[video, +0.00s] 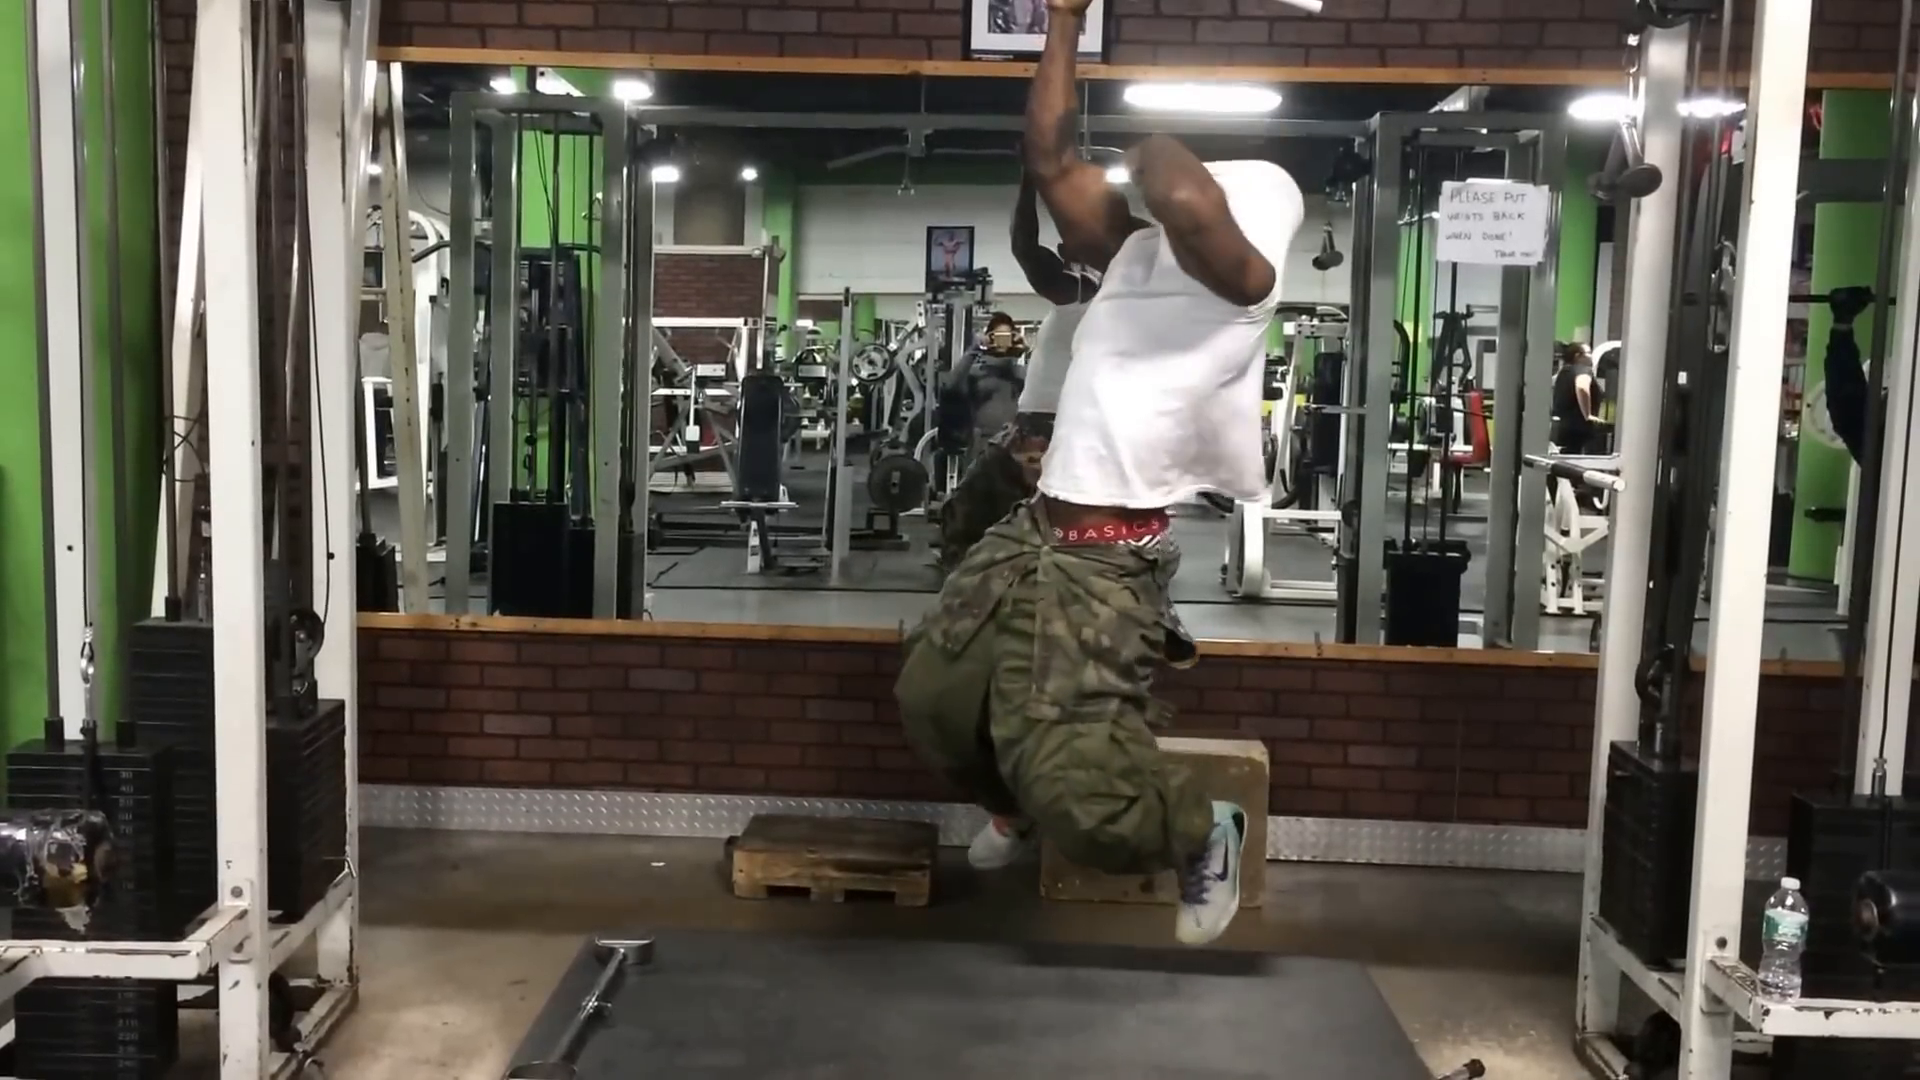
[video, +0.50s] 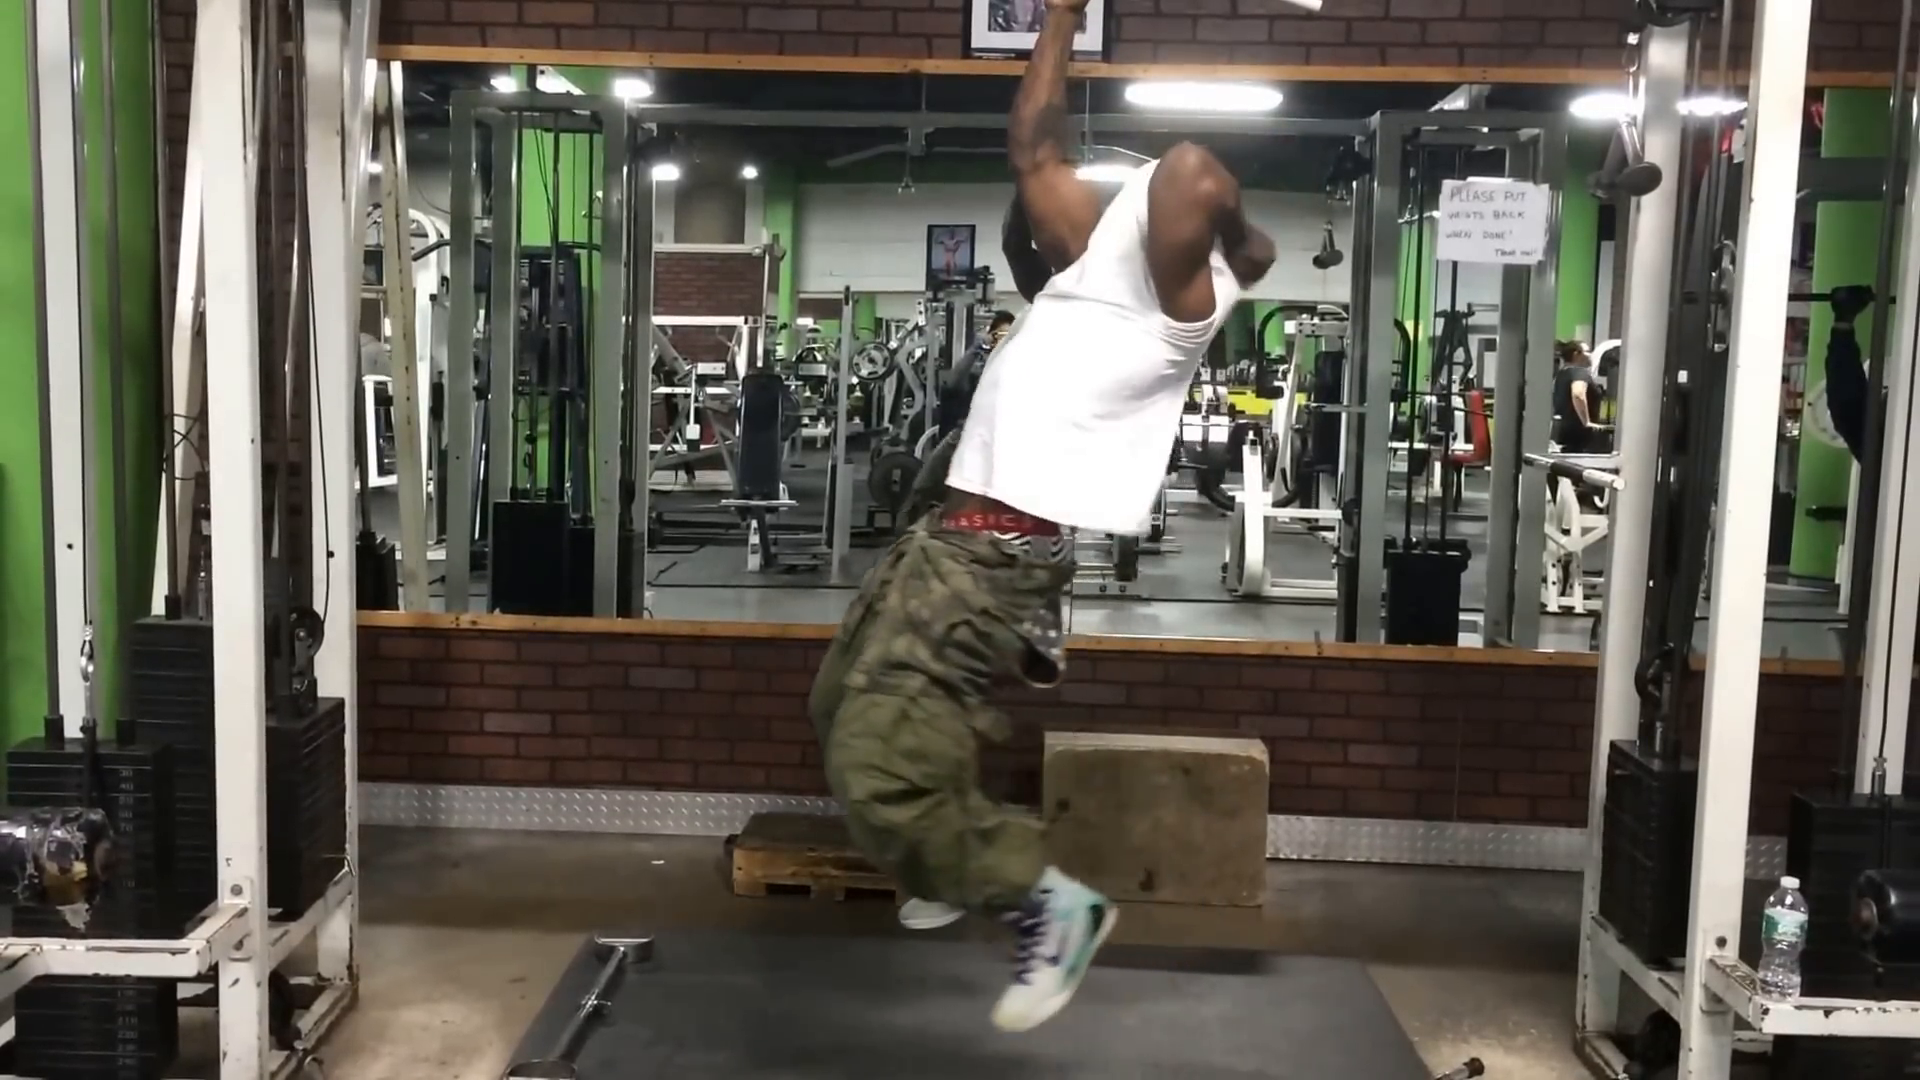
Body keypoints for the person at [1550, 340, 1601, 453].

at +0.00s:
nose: (1591, 356)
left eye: (1590, 353)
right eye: (1588, 353)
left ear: (1575, 357)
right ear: (1578, 356)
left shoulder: (1563, 371)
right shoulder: (1583, 370)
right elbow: (1582, 388)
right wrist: (1588, 415)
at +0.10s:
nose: (1591, 355)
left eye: (1590, 352)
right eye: (1588, 352)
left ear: (1576, 356)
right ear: (1577, 355)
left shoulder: (1563, 372)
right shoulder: (1582, 371)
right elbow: (1580, 394)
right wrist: (1586, 422)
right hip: (1574, 429)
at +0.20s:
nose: (1591, 355)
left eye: (1590, 351)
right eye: (1588, 351)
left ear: (1576, 355)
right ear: (1576, 355)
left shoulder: (1563, 371)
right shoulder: (1579, 372)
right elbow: (1578, 400)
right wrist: (1585, 428)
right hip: (1573, 433)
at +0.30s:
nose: (1590, 355)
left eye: (1589, 351)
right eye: (1587, 351)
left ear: (1575, 355)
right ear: (1576, 355)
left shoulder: (1561, 373)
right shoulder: (1578, 373)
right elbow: (1578, 403)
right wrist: (1585, 430)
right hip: (1575, 435)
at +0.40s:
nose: (1590, 355)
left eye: (1589, 351)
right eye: (1587, 351)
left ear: (1575, 355)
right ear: (1576, 355)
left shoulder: (1561, 372)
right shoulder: (1578, 373)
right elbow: (1577, 401)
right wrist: (1585, 427)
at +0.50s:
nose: (1590, 355)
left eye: (1589, 351)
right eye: (1587, 351)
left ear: (1574, 355)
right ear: (1576, 355)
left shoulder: (1562, 373)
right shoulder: (1580, 372)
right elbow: (1578, 395)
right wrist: (1587, 422)